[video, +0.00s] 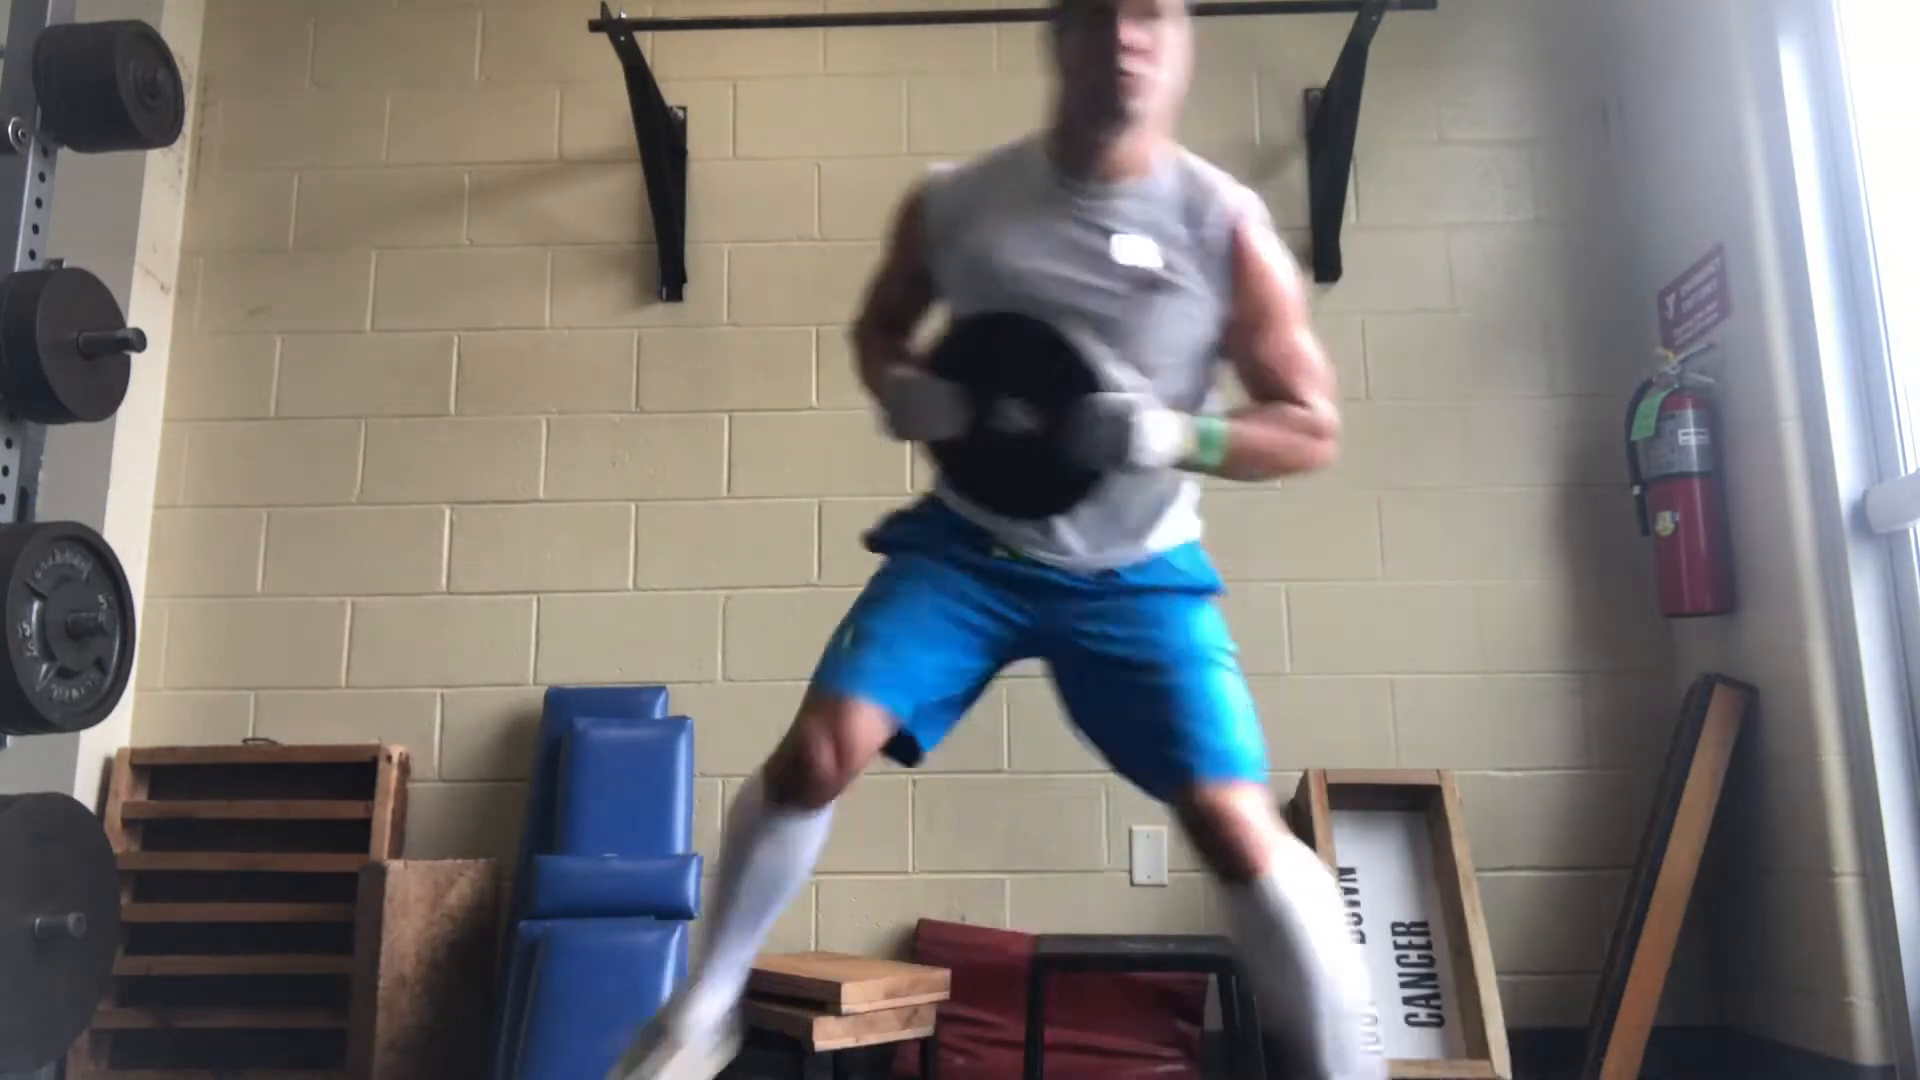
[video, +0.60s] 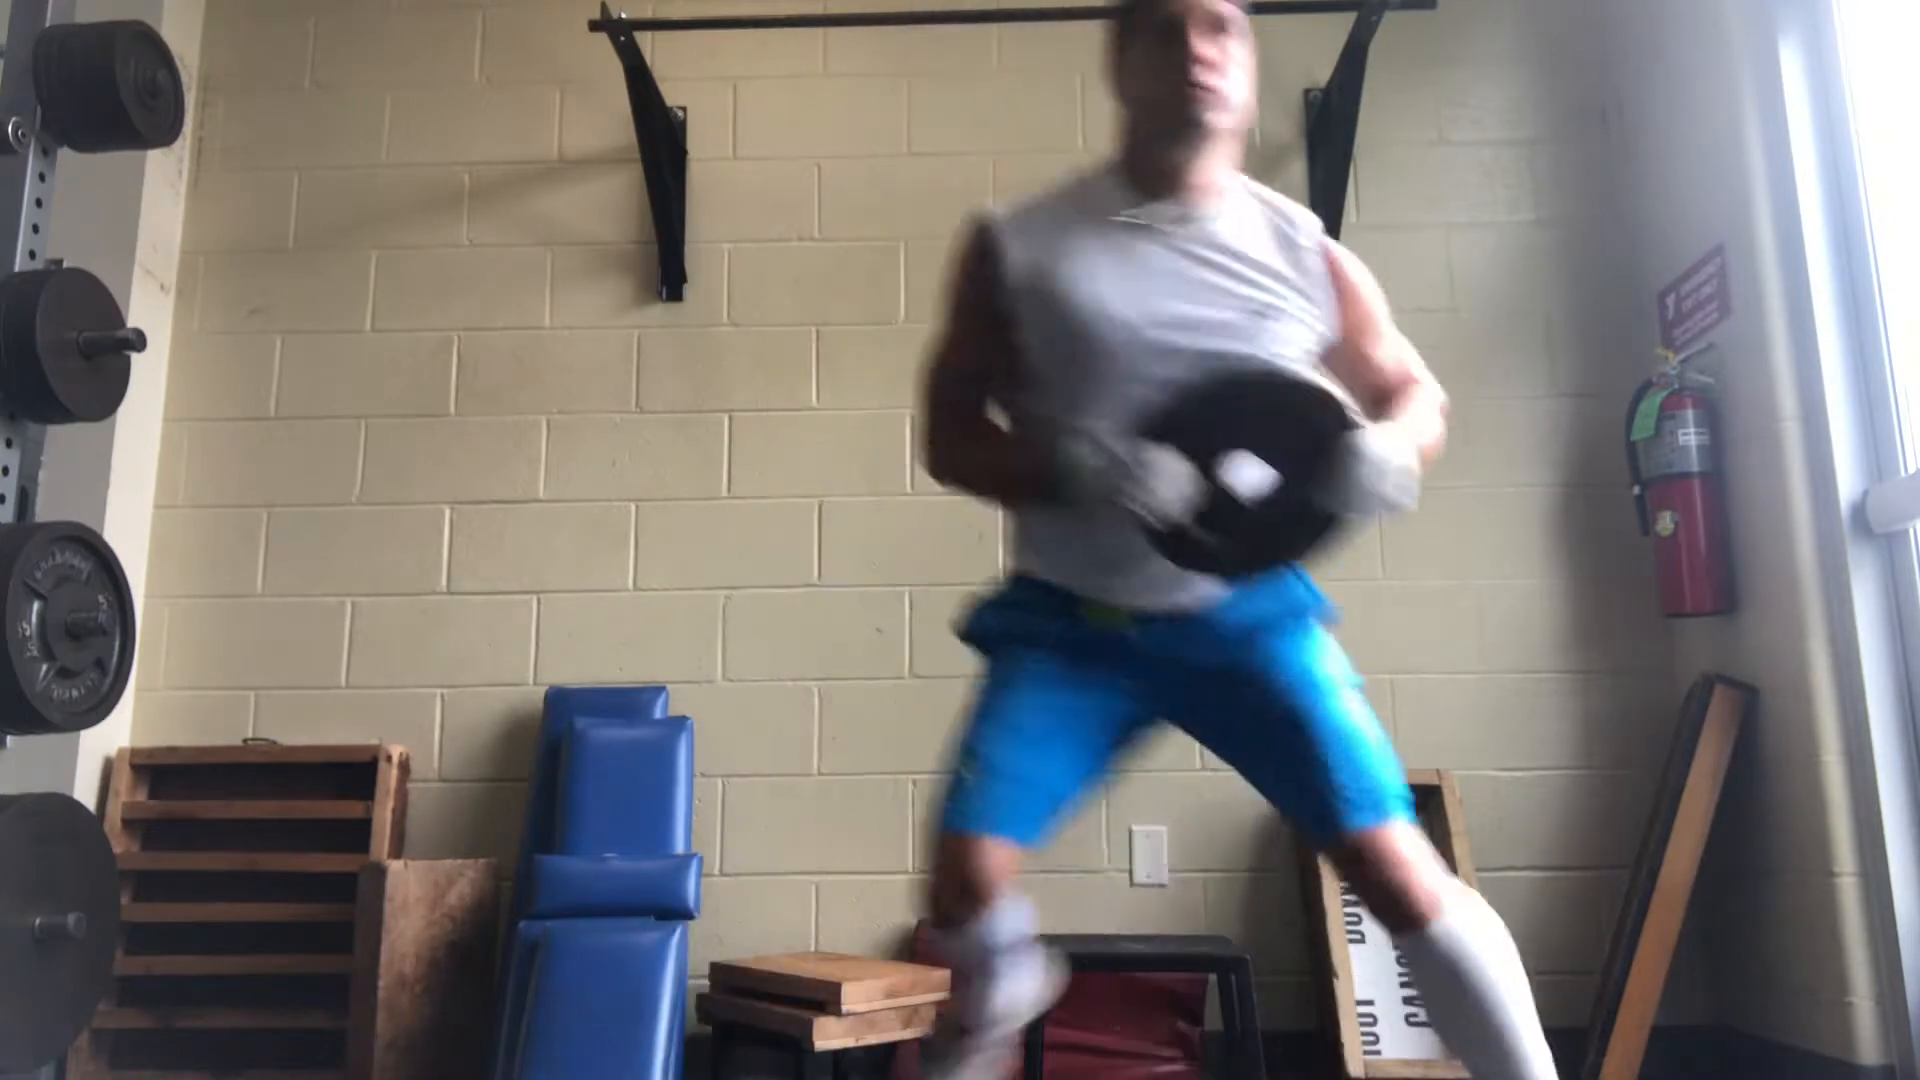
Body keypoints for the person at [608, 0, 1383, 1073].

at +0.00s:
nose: (1124, 38)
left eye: (1151, 18)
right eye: (1096, 16)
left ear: (1188, 52)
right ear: (1055, 42)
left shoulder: (1223, 223)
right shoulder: (952, 207)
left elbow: (1311, 429)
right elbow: (877, 333)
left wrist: (1171, 436)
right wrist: (907, 395)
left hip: (1141, 578)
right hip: (964, 554)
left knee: (1235, 826)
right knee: (817, 751)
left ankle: (1355, 1068)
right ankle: (691, 1028)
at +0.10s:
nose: (997, 58)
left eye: (1025, 32)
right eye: (972, 32)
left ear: (1067, 58)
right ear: (939, 59)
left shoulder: (1133, 231)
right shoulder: (866, 246)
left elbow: (1236, 431)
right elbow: (820, 432)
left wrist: (1080, 458)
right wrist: (847, 450)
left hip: (1076, 601)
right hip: (908, 590)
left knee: (1123, 860)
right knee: (786, 846)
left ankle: (1060, 1041)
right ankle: (670, 1069)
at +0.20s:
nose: (898, 115)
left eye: (923, 92)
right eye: (873, 97)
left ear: (963, 124)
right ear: (846, 133)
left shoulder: (1053, 279)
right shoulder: (795, 324)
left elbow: (1182, 466)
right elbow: (783, 515)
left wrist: (1038, 521)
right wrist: (792, 543)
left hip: (1021, 667)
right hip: (857, 654)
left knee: (968, 916)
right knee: (741, 884)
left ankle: (867, 996)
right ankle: (661, 1077)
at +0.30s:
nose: (874, 124)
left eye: (897, 104)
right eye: (847, 110)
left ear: (938, 135)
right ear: (818, 152)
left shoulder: (1041, 281)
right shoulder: (785, 341)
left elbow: (1185, 453)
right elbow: (780, 516)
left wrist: (1054, 518)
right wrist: (799, 557)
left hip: (1016, 669)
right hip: (849, 664)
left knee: (982, 916)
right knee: (737, 887)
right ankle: (658, 1079)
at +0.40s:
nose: (941, 78)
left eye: (964, 54)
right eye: (914, 62)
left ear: (1007, 84)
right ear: (885, 104)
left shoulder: (1103, 239)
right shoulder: (828, 281)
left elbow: (1257, 397)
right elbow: (812, 430)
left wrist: (1128, 458)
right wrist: (880, 484)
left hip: (1086, 615)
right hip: (911, 625)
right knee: (794, 867)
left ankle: (1243, 1010)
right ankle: (673, 1076)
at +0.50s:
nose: (1069, 42)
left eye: (1094, 19)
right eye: (1039, 22)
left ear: (1133, 43)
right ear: (1001, 50)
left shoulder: (1206, 217)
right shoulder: (918, 226)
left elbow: (1358, 360)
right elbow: (865, 385)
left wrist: (1275, 408)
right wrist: (956, 422)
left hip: (1166, 575)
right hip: (986, 587)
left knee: (1287, 801)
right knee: (871, 835)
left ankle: (1477, 1067)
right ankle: (786, 1067)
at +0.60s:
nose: (1196, 55)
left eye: (1222, 34)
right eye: (1165, 30)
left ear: (1254, 79)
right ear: (1117, 63)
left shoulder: (1309, 257)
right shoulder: (1015, 248)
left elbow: (1415, 397)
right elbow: (950, 443)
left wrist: (1385, 457)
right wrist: (1076, 469)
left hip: (1251, 626)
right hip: (1070, 629)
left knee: (1393, 872)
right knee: (967, 866)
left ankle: (1530, 1073)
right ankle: (1000, 1010)